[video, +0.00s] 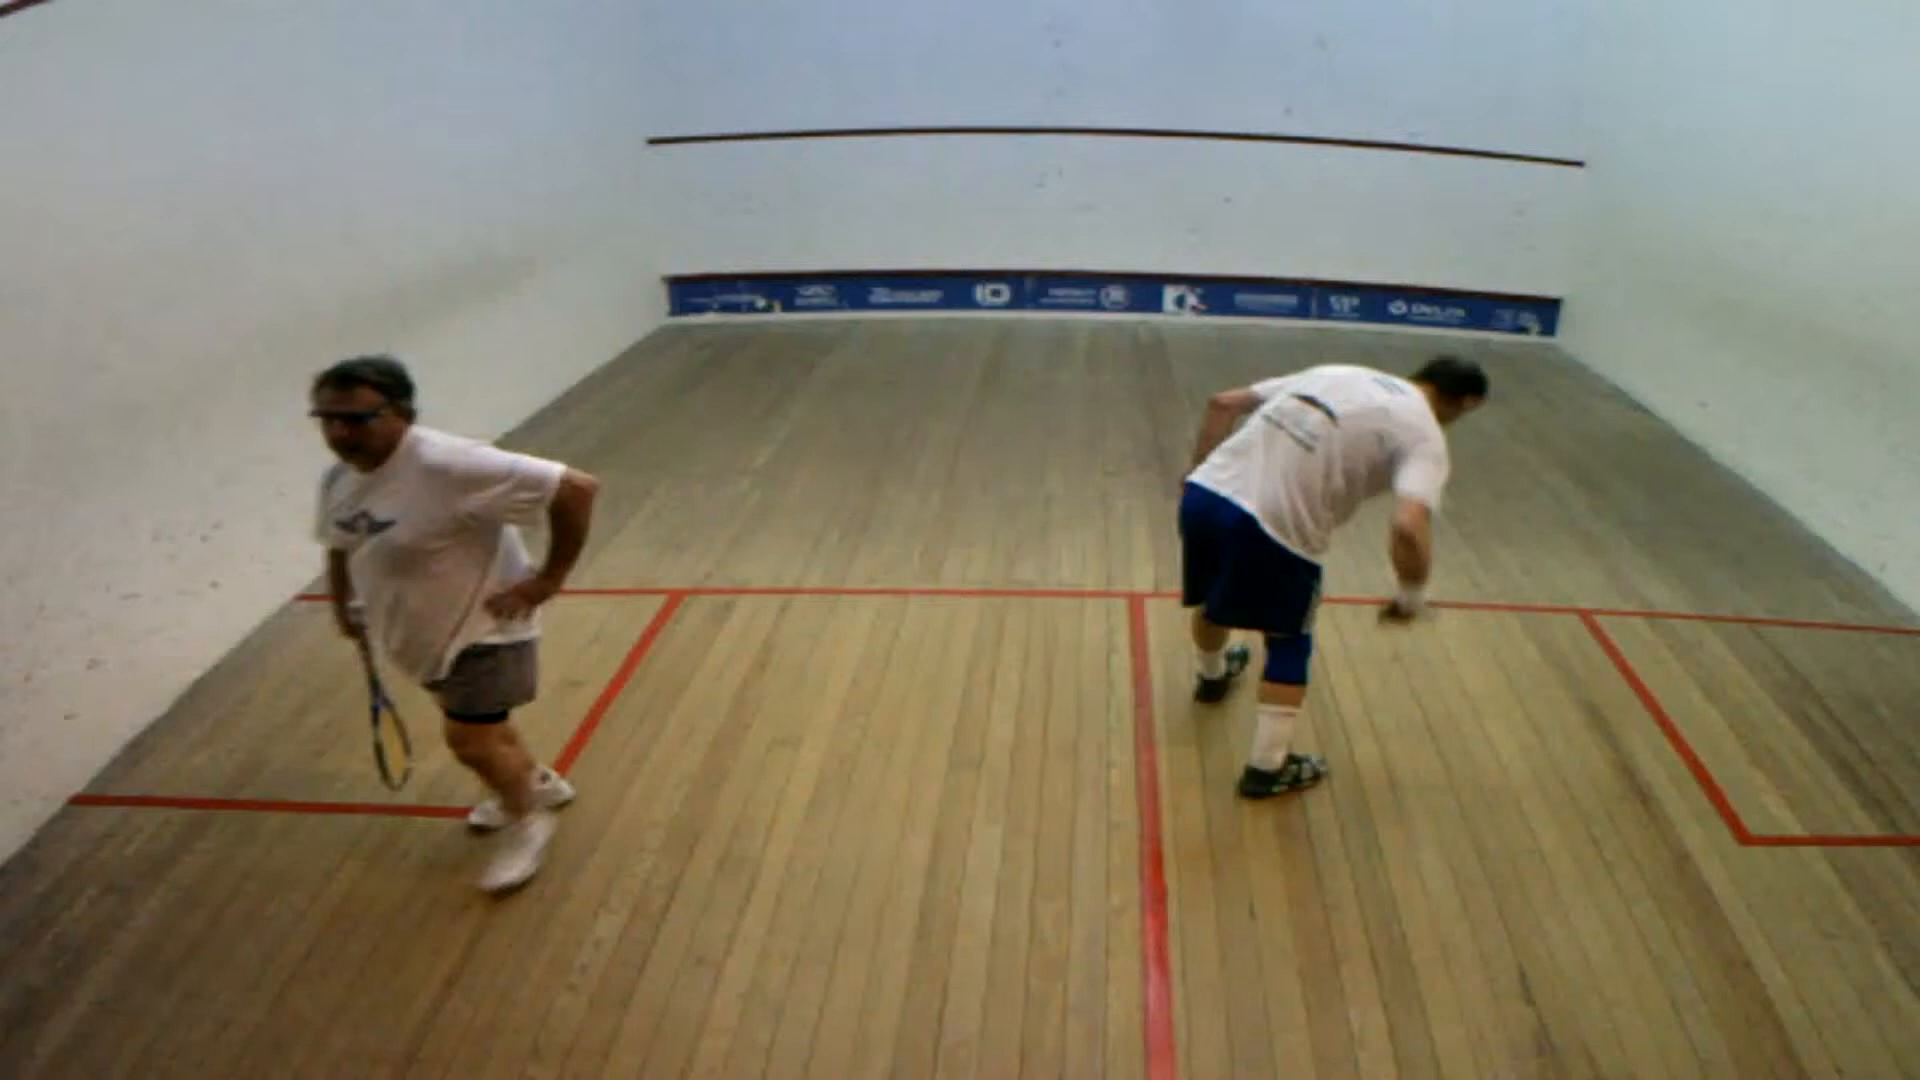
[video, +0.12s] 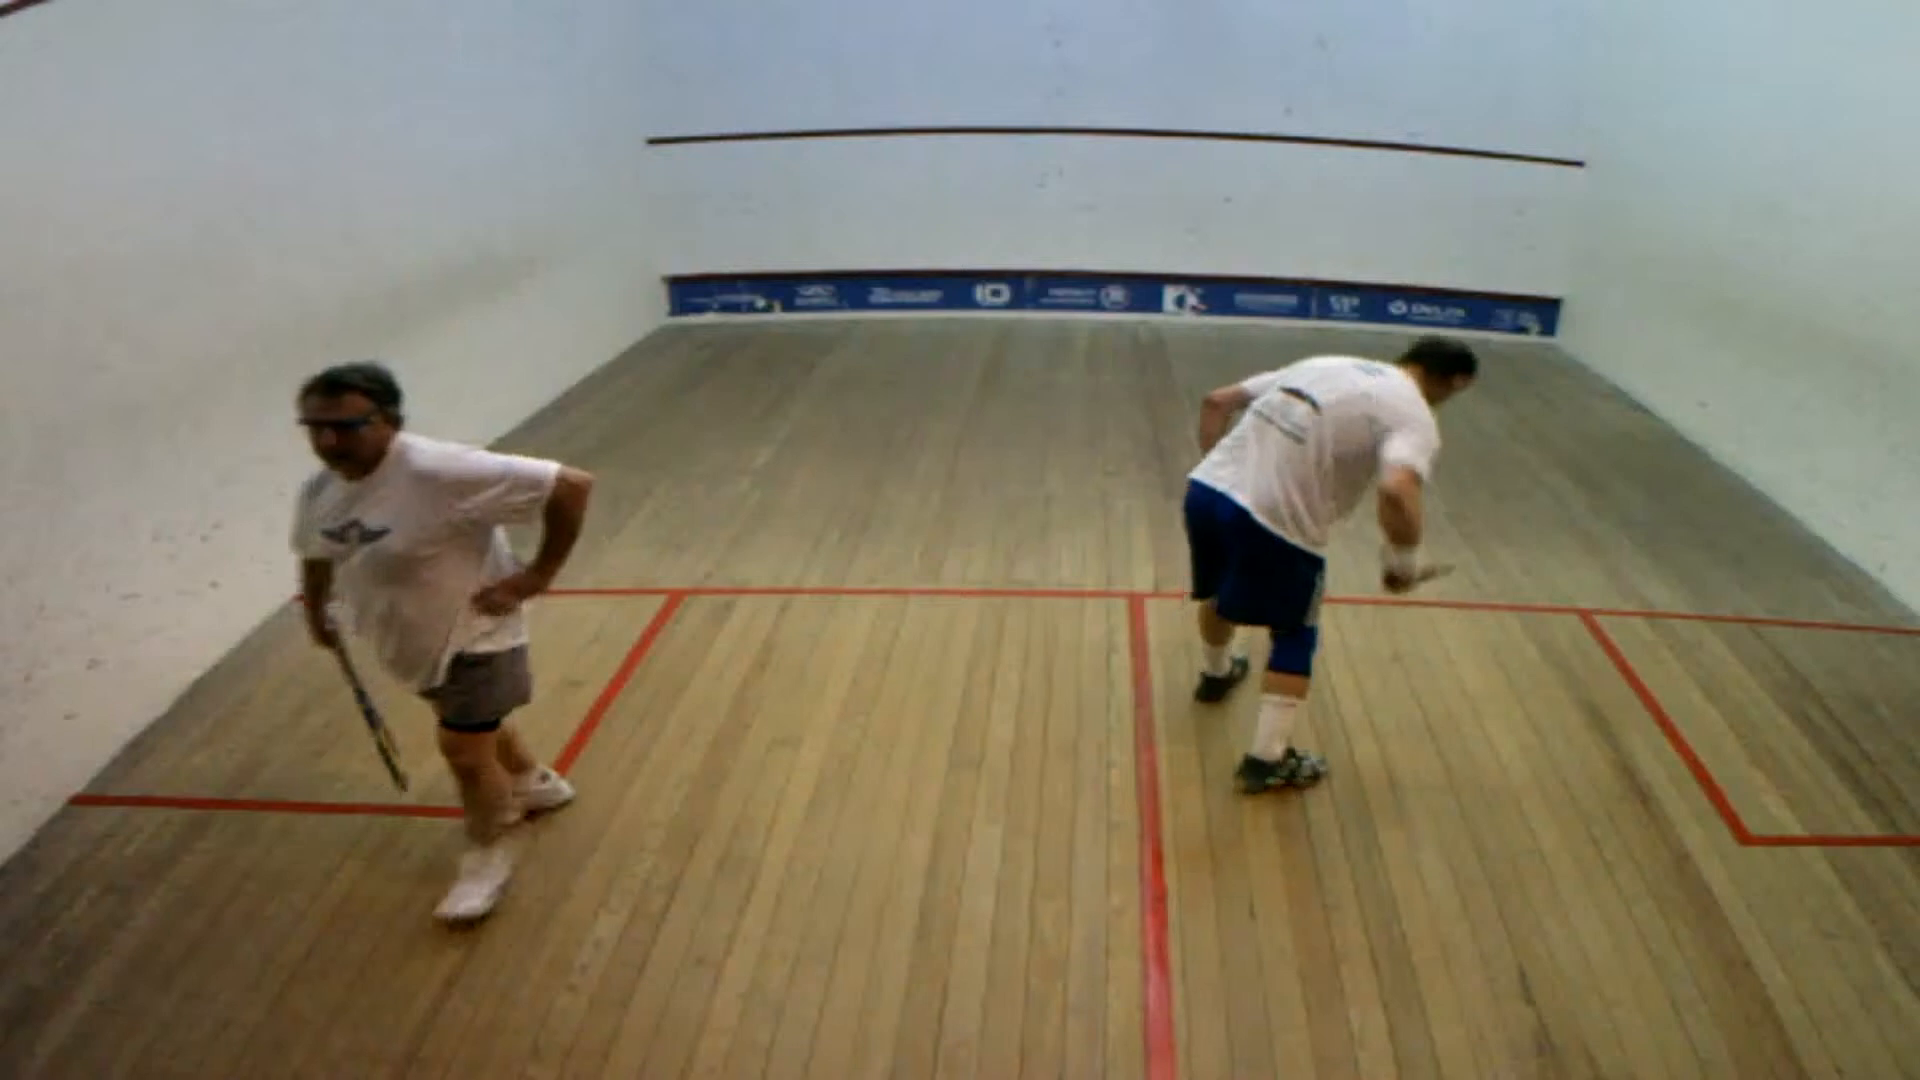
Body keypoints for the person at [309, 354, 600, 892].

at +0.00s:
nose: (339, 434)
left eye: (356, 419)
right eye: (328, 421)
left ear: (400, 415)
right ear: (319, 422)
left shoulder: (443, 465)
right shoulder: (340, 484)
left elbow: (574, 491)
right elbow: (338, 550)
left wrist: (549, 578)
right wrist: (344, 606)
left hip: (485, 626)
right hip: (421, 639)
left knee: (471, 741)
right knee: (482, 722)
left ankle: (529, 821)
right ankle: (532, 782)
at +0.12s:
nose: (329, 442)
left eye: (347, 426)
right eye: (317, 428)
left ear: (389, 423)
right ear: (306, 430)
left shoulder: (433, 471)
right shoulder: (320, 496)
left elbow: (569, 487)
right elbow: (315, 559)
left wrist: (535, 577)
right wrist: (316, 613)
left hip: (478, 634)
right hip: (414, 650)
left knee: (465, 752)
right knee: (477, 723)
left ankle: (487, 853)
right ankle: (531, 782)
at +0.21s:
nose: (317, 457)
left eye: (336, 441)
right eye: (303, 443)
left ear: (374, 438)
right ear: (291, 444)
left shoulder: (421, 488)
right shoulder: (297, 512)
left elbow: (557, 499)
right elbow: (279, 573)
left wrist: (507, 590)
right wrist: (281, 633)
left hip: (462, 655)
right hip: (405, 667)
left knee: (448, 768)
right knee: (473, 725)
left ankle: (452, 882)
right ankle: (532, 780)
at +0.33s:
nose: (309, 472)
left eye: (329, 456)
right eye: (292, 457)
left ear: (364, 455)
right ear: (278, 460)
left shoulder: (414, 508)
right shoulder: (274, 531)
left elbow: (546, 526)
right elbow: (248, 588)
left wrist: (487, 615)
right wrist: (255, 650)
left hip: (446, 668)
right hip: (383, 684)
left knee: (437, 787)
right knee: (463, 734)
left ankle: (444, 900)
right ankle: (522, 780)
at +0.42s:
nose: (298, 483)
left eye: (318, 468)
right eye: (283, 467)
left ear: (355, 469)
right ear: (267, 471)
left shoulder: (402, 523)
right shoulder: (256, 539)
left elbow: (537, 545)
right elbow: (216, 582)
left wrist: (472, 631)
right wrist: (234, 654)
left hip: (426, 693)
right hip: (357, 703)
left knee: (426, 803)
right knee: (444, 748)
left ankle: (441, 911)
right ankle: (505, 780)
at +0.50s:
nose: (292, 490)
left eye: (312, 475)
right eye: (277, 475)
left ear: (349, 476)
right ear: (259, 476)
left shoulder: (393, 530)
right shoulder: (243, 542)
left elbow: (530, 554)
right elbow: (196, 582)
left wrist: (463, 640)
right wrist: (222, 657)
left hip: (417, 704)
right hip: (335, 712)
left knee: (422, 808)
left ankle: (443, 913)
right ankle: (479, 785)